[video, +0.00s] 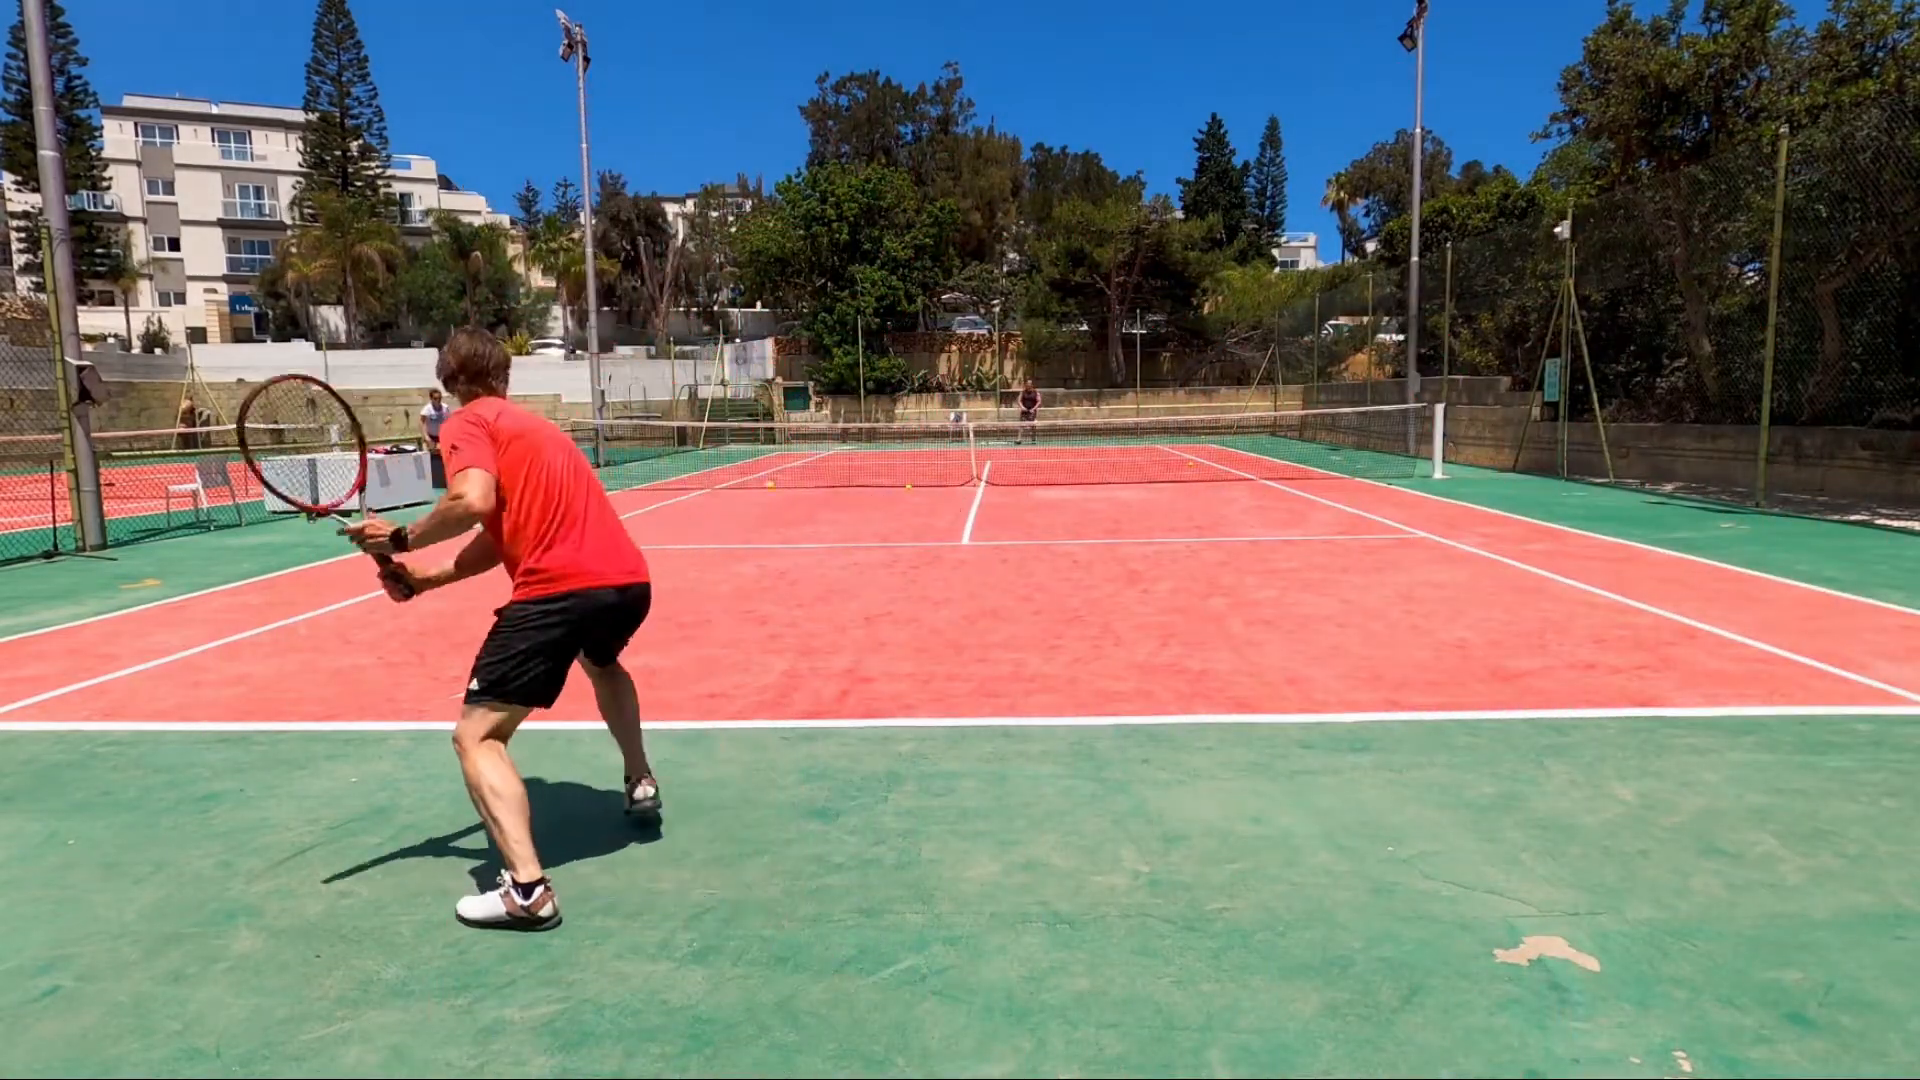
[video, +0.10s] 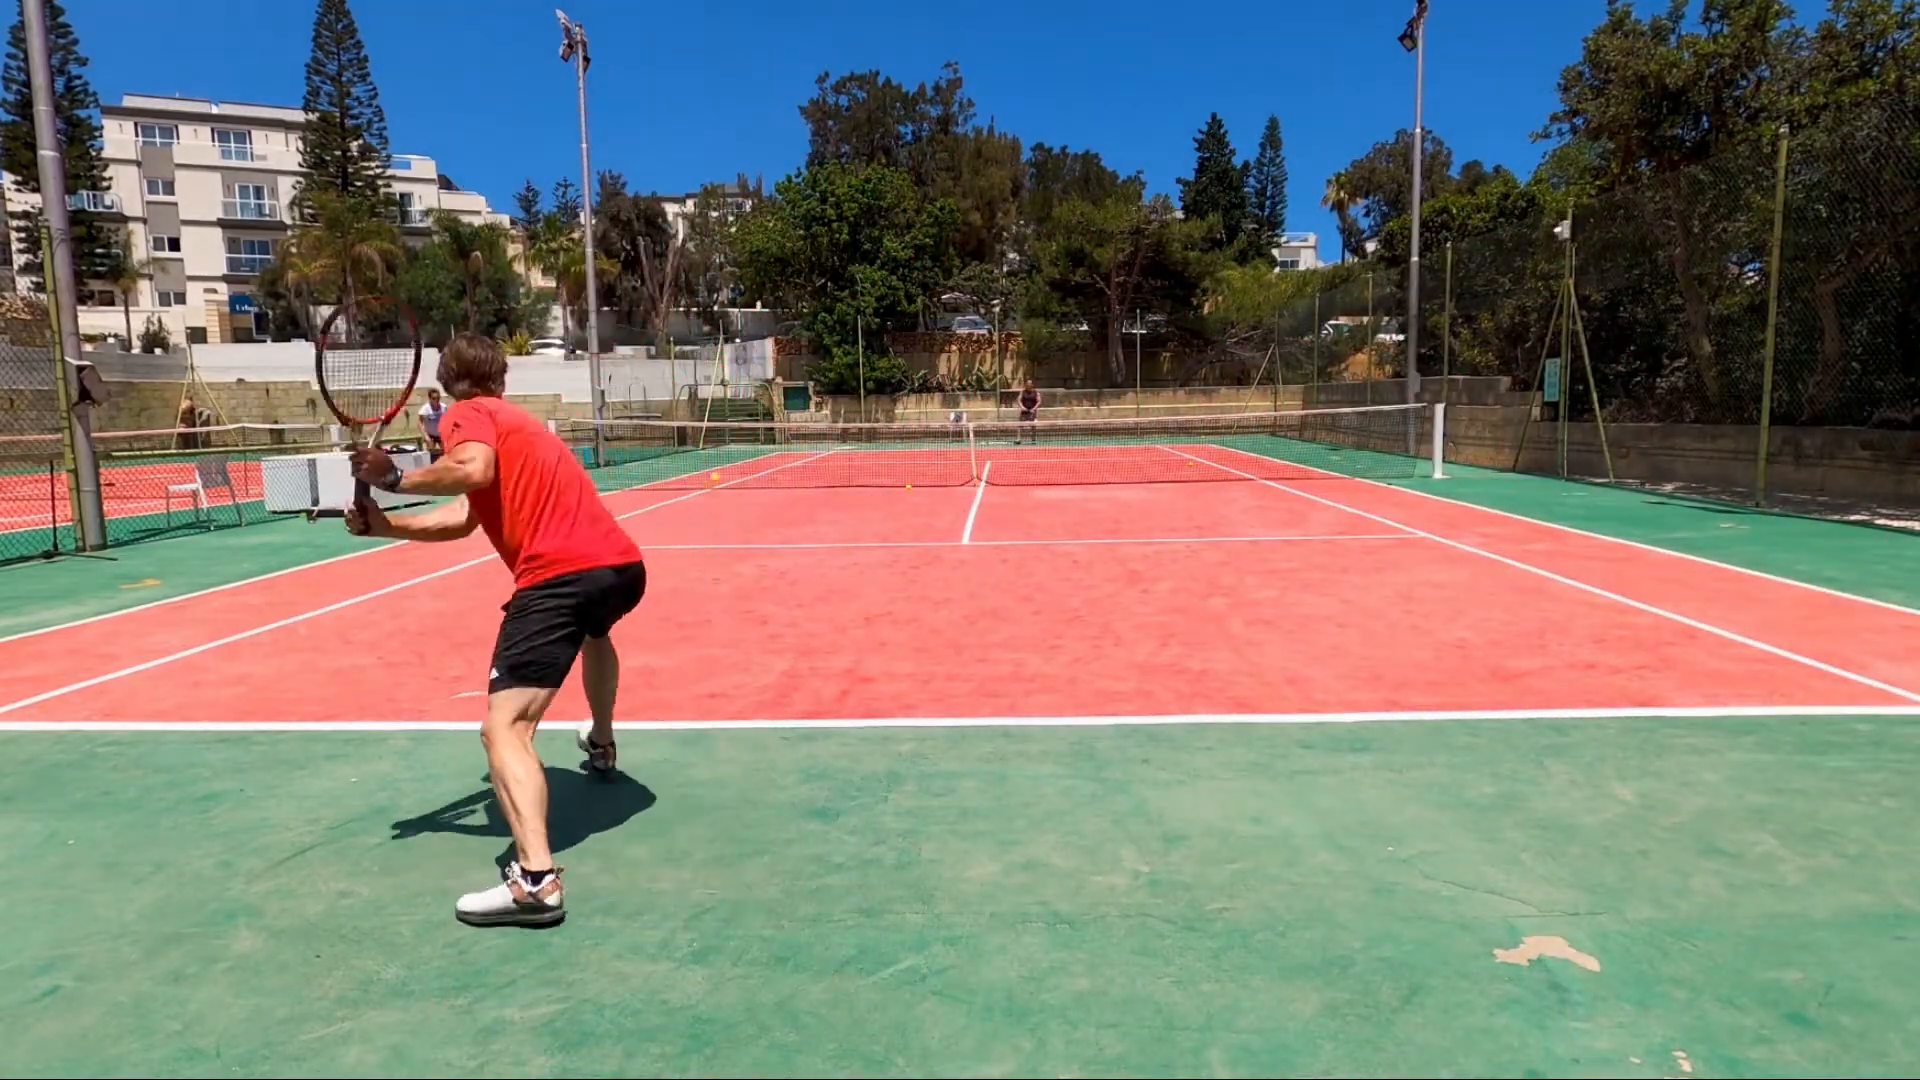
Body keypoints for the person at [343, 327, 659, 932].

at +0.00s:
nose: (439, 393)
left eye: (440, 383)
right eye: (441, 384)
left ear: (451, 382)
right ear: (501, 381)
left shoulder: (465, 424)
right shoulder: (536, 425)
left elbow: (473, 499)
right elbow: (499, 539)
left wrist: (403, 536)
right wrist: (425, 579)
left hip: (554, 593)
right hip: (627, 582)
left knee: (477, 736)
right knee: (602, 656)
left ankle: (527, 885)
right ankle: (641, 781)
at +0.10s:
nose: (438, 399)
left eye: (439, 389)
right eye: (440, 391)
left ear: (447, 386)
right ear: (500, 383)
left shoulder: (465, 413)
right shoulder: (519, 423)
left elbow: (472, 470)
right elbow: (463, 522)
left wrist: (396, 477)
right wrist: (384, 524)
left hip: (558, 578)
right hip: (622, 567)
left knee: (506, 727)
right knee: (593, 633)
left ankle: (536, 878)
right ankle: (603, 740)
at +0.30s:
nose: (448, 429)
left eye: (449, 420)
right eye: (449, 420)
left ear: (459, 422)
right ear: (500, 419)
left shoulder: (485, 451)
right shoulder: (510, 450)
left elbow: (459, 513)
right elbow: (432, 532)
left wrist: (372, 535)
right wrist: (356, 554)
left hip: (572, 588)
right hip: (610, 578)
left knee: (525, 716)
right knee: (544, 640)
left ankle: (554, 831)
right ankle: (564, 730)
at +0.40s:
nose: (455, 446)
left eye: (456, 439)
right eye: (457, 440)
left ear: (465, 437)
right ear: (507, 435)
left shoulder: (480, 461)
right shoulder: (517, 467)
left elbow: (450, 507)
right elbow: (484, 554)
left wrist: (368, 545)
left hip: (560, 590)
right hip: (605, 581)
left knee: (529, 715)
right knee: (551, 647)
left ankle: (580, 806)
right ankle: (566, 730)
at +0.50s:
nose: (454, 453)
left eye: (455, 447)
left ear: (460, 442)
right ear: (505, 443)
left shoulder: (469, 461)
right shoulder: (525, 471)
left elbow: (443, 489)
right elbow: (548, 532)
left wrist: (383, 513)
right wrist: (521, 593)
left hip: (543, 582)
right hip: (592, 575)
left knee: (538, 711)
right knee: (549, 634)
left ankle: (596, 781)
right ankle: (562, 725)